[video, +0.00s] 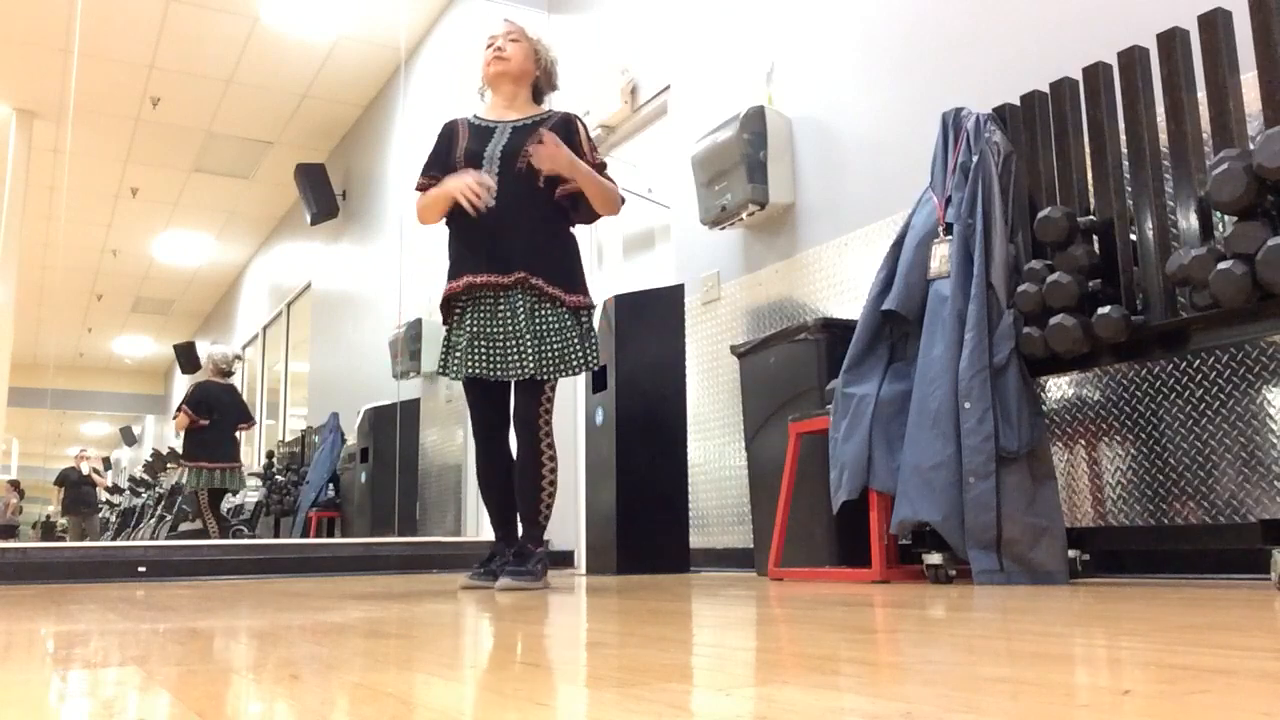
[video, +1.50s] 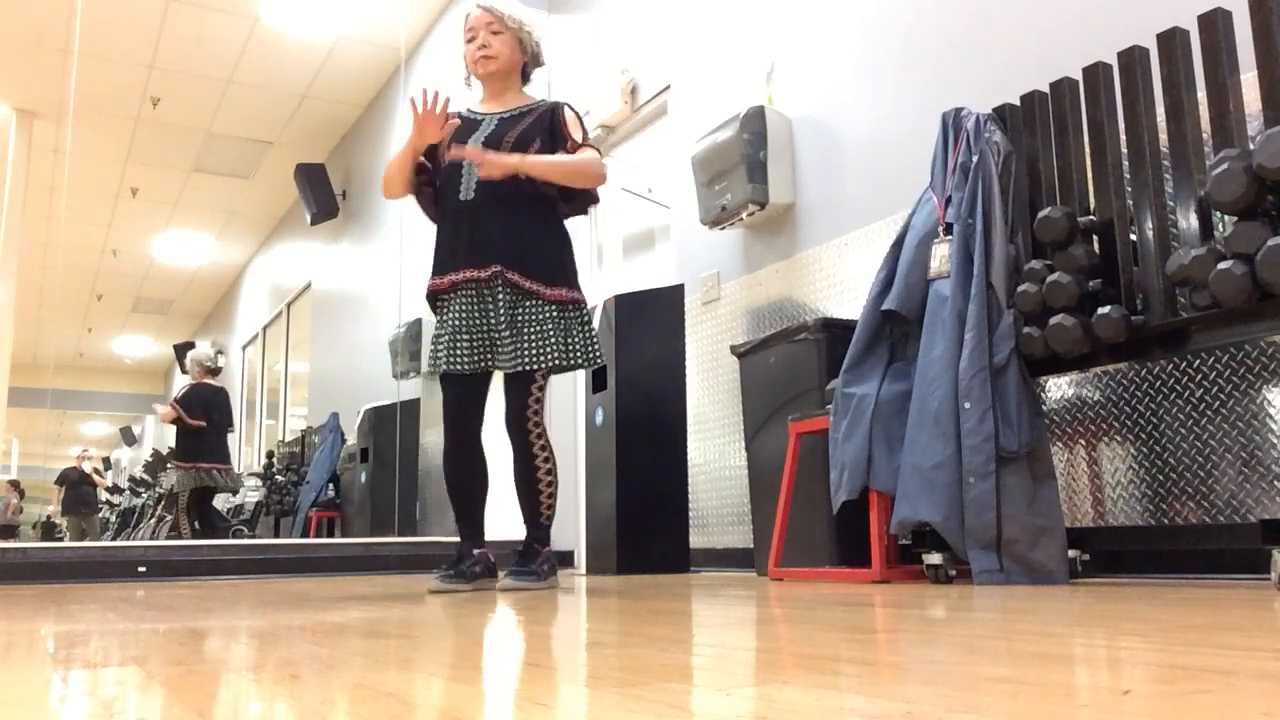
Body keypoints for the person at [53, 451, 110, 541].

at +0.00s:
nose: (84, 460)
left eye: (86, 458)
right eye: (81, 458)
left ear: (89, 460)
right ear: (76, 459)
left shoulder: (93, 471)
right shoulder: (67, 472)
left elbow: (103, 484)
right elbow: (58, 490)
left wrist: (91, 473)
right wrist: (56, 507)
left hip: (91, 512)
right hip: (73, 512)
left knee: (95, 540)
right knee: (74, 541)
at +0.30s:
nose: (84, 460)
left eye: (87, 458)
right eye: (82, 458)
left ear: (90, 460)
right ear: (76, 459)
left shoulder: (94, 471)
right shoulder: (67, 472)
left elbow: (103, 484)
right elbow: (58, 490)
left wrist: (91, 473)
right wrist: (54, 507)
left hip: (91, 512)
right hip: (73, 513)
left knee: (95, 540)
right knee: (74, 542)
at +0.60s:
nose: (85, 461)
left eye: (87, 458)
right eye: (82, 458)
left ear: (90, 460)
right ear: (76, 459)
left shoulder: (94, 471)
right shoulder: (67, 472)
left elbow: (103, 484)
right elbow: (58, 490)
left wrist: (91, 473)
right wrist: (56, 507)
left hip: (91, 512)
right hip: (73, 512)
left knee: (95, 539)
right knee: (74, 540)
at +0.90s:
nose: (85, 461)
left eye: (87, 458)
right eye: (82, 458)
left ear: (90, 460)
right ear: (76, 459)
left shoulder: (94, 471)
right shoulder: (67, 472)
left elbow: (103, 484)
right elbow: (58, 489)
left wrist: (92, 474)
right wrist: (56, 507)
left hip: (91, 512)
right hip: (73, 512)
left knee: (95, 539)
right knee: (74, 540)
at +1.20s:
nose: (85, 461)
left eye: (87, 458)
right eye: (82, 458)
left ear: (90, 459)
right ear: (76, 459)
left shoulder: (94, 471)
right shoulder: (67, 472)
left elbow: (103, 484)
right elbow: (58, 489)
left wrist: (91, 473)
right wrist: (55, 507)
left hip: (91, 512)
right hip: (73, 512)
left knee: (95, 539)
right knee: (74, 540)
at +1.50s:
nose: (85, 461)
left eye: (88, 458)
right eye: (83, 458)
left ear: (91, 460)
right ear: (77, 458)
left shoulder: (94, 471)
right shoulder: (68, 471)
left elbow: (103, 484)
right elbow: (58, 489)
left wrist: (91, 473)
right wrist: (55, 507)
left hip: (91, 512)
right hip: (73, 512)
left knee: (95, 538)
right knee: (74, 540)